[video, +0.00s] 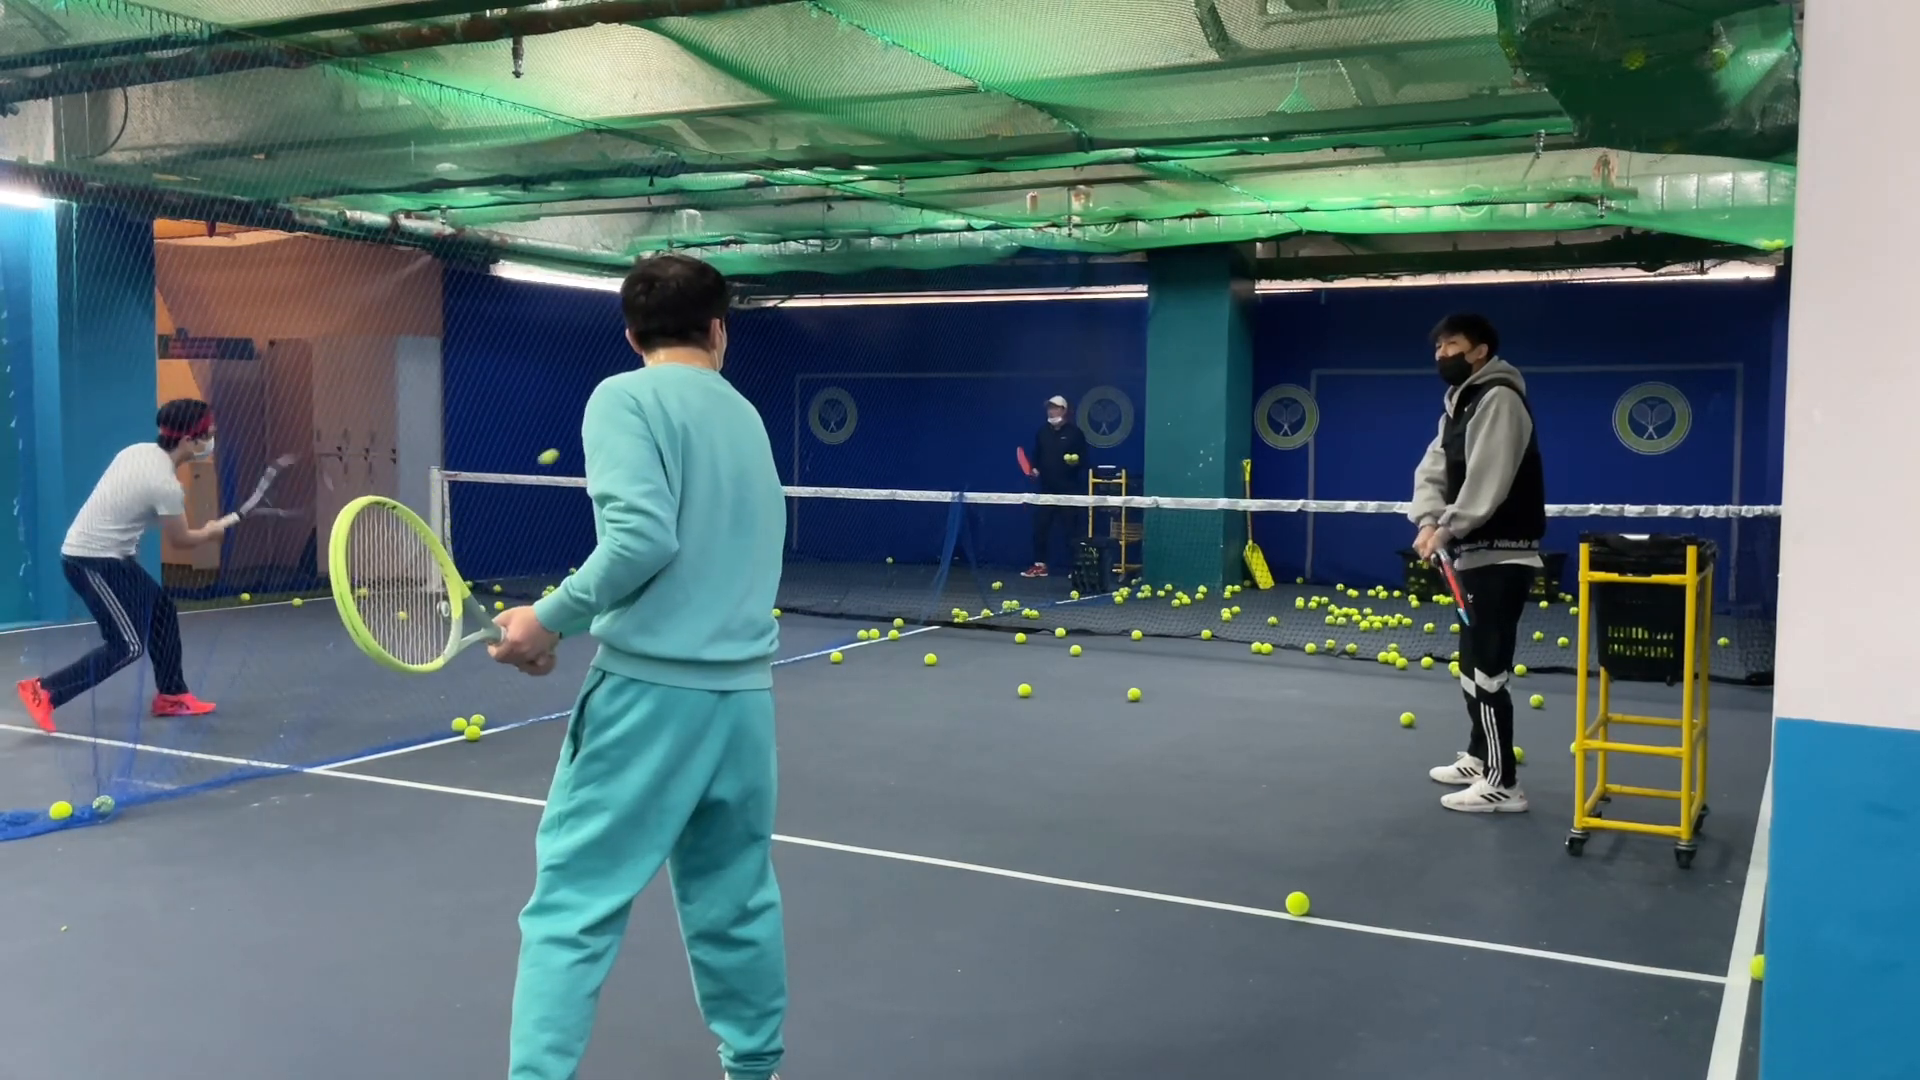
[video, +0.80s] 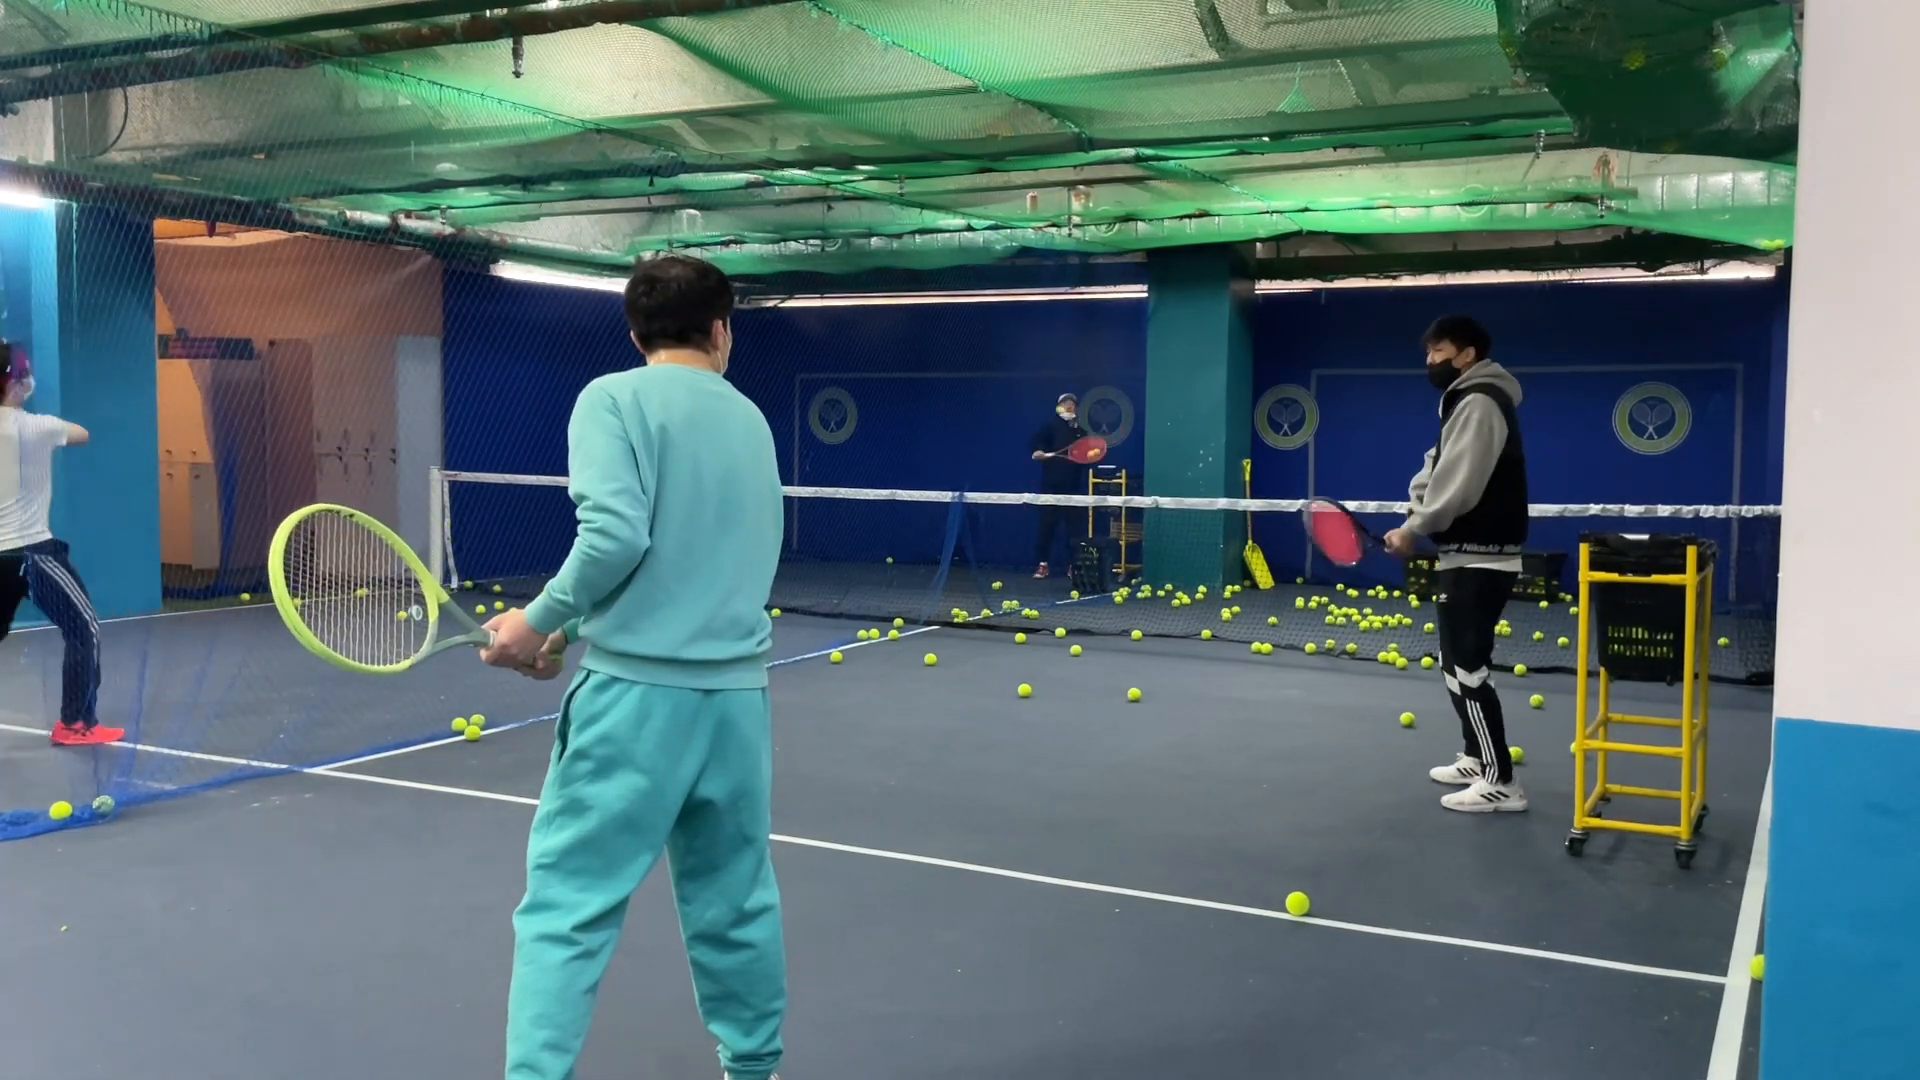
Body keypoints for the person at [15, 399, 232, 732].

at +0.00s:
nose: (208, 442)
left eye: (209, 435)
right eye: (205, 435)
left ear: (169, 432)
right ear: (187, 439)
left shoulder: (137, 451)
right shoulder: (165, 482)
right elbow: (181, 539)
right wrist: (213, 530)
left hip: (113, 555)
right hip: (91, 559)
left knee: (161, 607)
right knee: (129, 646)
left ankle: (171, 694)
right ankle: (44, 692)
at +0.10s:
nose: (202, 426)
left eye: (202, 418)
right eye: (198, 419)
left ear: (163, 417)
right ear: (180, 422)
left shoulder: (128, 438)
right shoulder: (172, 466)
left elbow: (94, 479)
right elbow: (190, 514)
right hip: (101, 549)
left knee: (159, 608)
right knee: (137, 641)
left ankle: (171, 693)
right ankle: (53, 687)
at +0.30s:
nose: (166, 403)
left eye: (165, 396)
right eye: (161, 397)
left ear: (123, 401)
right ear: (144, 404)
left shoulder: (86, 436)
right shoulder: (153, 448)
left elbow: (69, 484)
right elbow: (186, 472)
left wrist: (108, 474)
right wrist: (163, 459)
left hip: (86, 551)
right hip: (118, 552)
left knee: (157, 611)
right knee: (154, 636)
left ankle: (170, 694)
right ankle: (89, 706)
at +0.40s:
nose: (142, 397)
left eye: (141, 390)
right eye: (136, 391)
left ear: (100, 397)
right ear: (118, 397)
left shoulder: (61, 437)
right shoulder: (134, 443)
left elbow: (51, 486)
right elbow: (169, 453)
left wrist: (90, 480)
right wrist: (125, 437)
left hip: (72, 555)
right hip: (110, 552)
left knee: (131, 628)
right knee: (136, 637)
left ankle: (166, 694)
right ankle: (80, 718)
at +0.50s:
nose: (119, 392)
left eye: (117, 384)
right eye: (114, 386)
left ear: (73, 391)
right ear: (98, 394)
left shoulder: (37, 434)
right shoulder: (115, 437)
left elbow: (30, 483)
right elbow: (146, 441)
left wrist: (67, 472)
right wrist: (101, 430)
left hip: (53, 555)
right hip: (97, 550)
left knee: (104, 630)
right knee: (131, 633)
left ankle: (144, 691)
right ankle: (78, 719)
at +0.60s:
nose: (93, 383)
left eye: (91, 376)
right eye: (89, 378)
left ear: (47, 385)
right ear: (76, 388)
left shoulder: (14, 428)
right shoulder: (95, 431)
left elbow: (9, 480)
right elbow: (126, 436)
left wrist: (32, 485)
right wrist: (94, 427)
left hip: (36, 551)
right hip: (80, 547)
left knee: (75, 622)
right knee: (116, 627)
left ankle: (95, 701)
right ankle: (77, 720)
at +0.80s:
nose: (31, 382)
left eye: (28, 376)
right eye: (27, 376)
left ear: (3, 382)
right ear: (17, 382)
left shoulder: (14, 421)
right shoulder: (30, 425)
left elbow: (79, 434)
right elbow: (81, 434)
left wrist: (38, 429)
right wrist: (40, 433)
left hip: (9, 547)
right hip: (30, 546)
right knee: (84, 626)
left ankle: (75, 721)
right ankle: (76, 722)